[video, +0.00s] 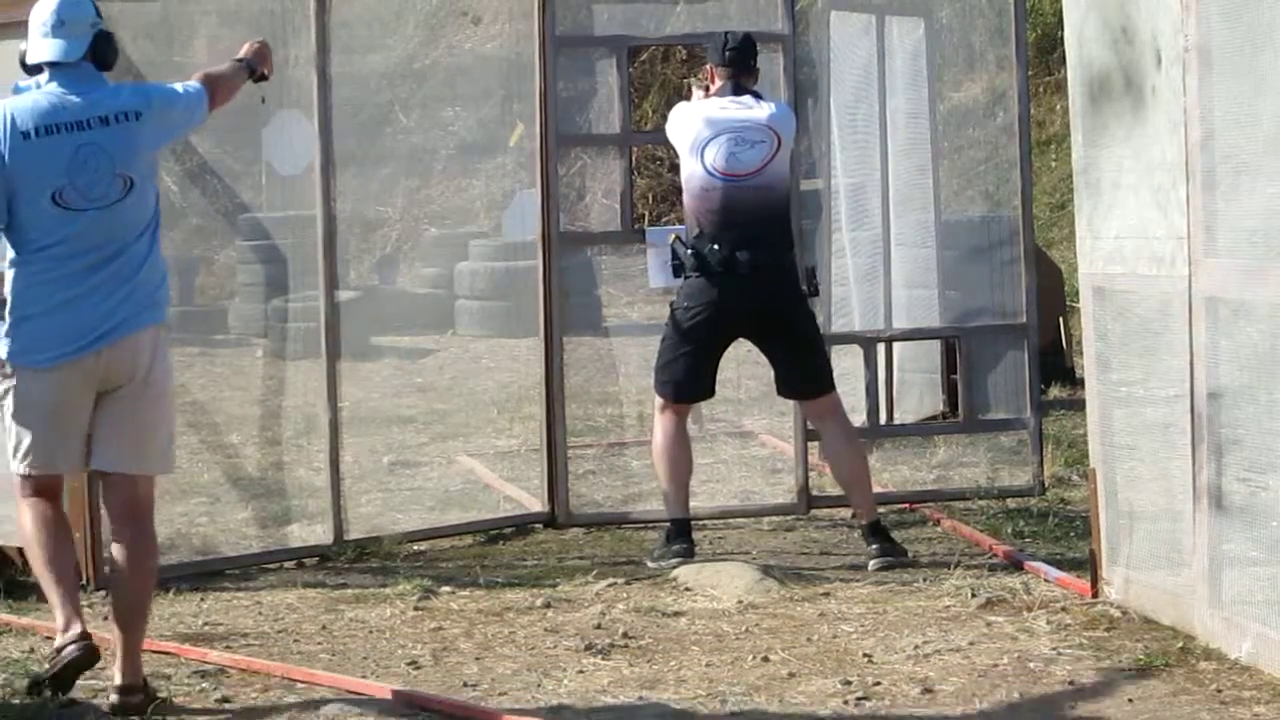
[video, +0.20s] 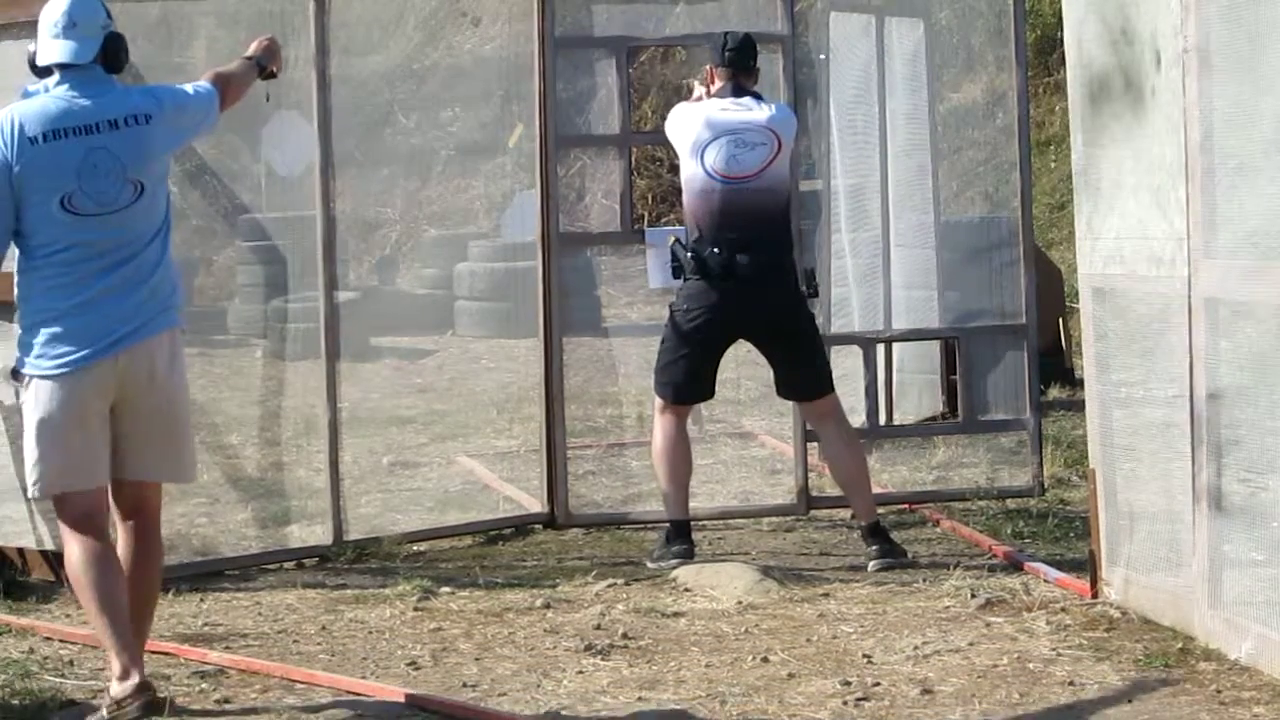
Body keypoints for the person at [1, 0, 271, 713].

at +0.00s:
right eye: (106, 48)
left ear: (33, 56)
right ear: (100, 51)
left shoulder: (8, 120)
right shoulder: (138, 108)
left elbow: (6, 227)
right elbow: (213, 89)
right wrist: (248, 62)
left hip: (41, 333)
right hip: (135, 325)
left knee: (38, 489)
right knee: (131, 506)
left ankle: (68, 629)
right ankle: (130, 677)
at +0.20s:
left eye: (42, 57)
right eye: (113, 53)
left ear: (40, 58)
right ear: (110, 53)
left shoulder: (14, 127)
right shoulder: (148, 110)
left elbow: (4, 248)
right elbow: (222, 90)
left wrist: (21, 302)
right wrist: (257, 59)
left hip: (59, 350)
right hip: (149, 337)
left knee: (82, 520)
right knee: (140, 511)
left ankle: (127, 675)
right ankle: (130, 673)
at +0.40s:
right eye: (117, 51)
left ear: (47, 60)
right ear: (118, 54)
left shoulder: (19, 135)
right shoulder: (159, 110)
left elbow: (2, 274)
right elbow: (232, 94)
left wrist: (41, 295)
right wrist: (265, 65)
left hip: (75, 356)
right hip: (165, 340)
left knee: (103, 536)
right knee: (149, 519)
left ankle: (143, 702)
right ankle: (129, 685)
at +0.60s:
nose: (52, 61)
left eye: (54, 51)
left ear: (57, 55)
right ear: (132, 47)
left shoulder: (36, 123)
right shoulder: (175, 104)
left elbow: (11, 256)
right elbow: (242, 90)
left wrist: (0, 350)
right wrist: (271, 60)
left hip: (93, 351)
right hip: (184, 331)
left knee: (112, 536)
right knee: (173, 493)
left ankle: (141, 702)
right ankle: (176, 664)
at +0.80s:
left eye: (84, 50)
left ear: (87, 52)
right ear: (162, 47)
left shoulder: (64, 120)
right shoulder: (206, 103)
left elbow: (33, 256)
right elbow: (262, 81)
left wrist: (16, 357)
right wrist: (286, 47)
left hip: (110, 356)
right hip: (206, 338)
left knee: (119, 536)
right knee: (218, 505)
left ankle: (141, 704)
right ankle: (276, 653)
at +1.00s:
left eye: (121, 59)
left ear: (124, 59)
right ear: (200, 51)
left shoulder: (105, 123)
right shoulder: (244, 105)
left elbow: (74, 262)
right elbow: (291, 77)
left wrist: (58, 365)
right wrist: (311, 43)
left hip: (145, 361)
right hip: (243, 348)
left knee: (135, 539)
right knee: (275, 529)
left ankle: (144, 703)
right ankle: (327, 694)